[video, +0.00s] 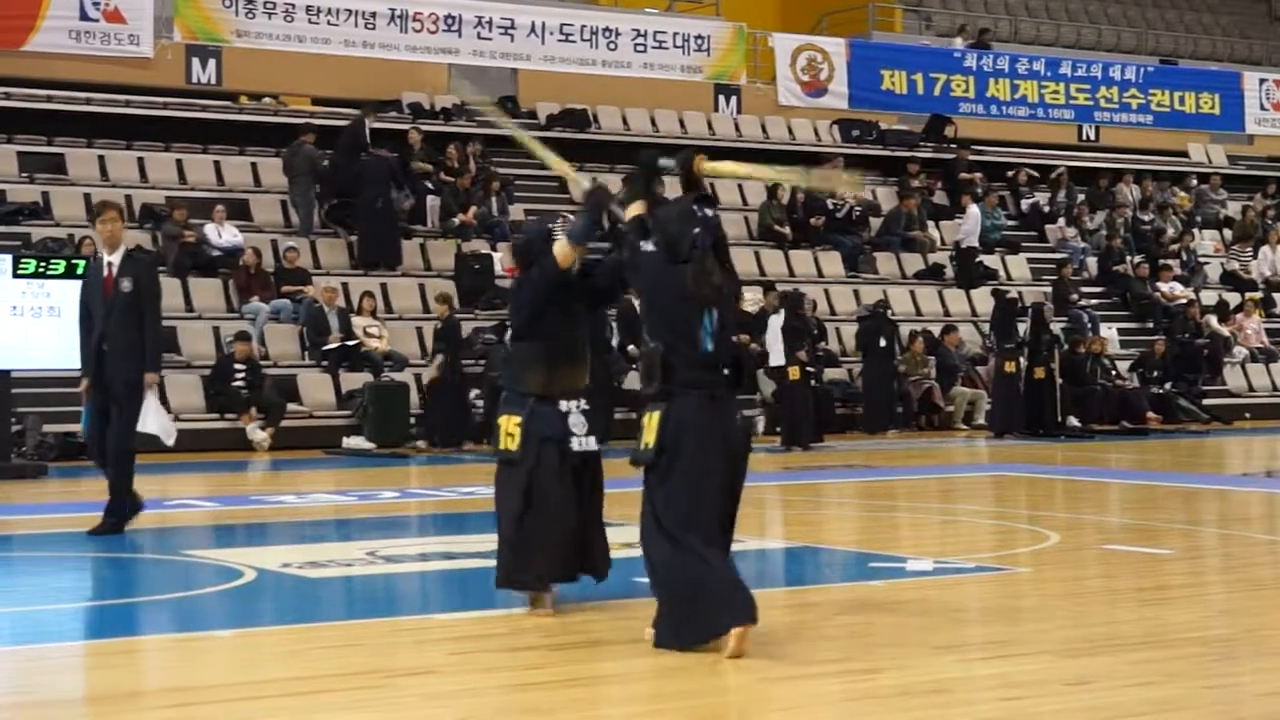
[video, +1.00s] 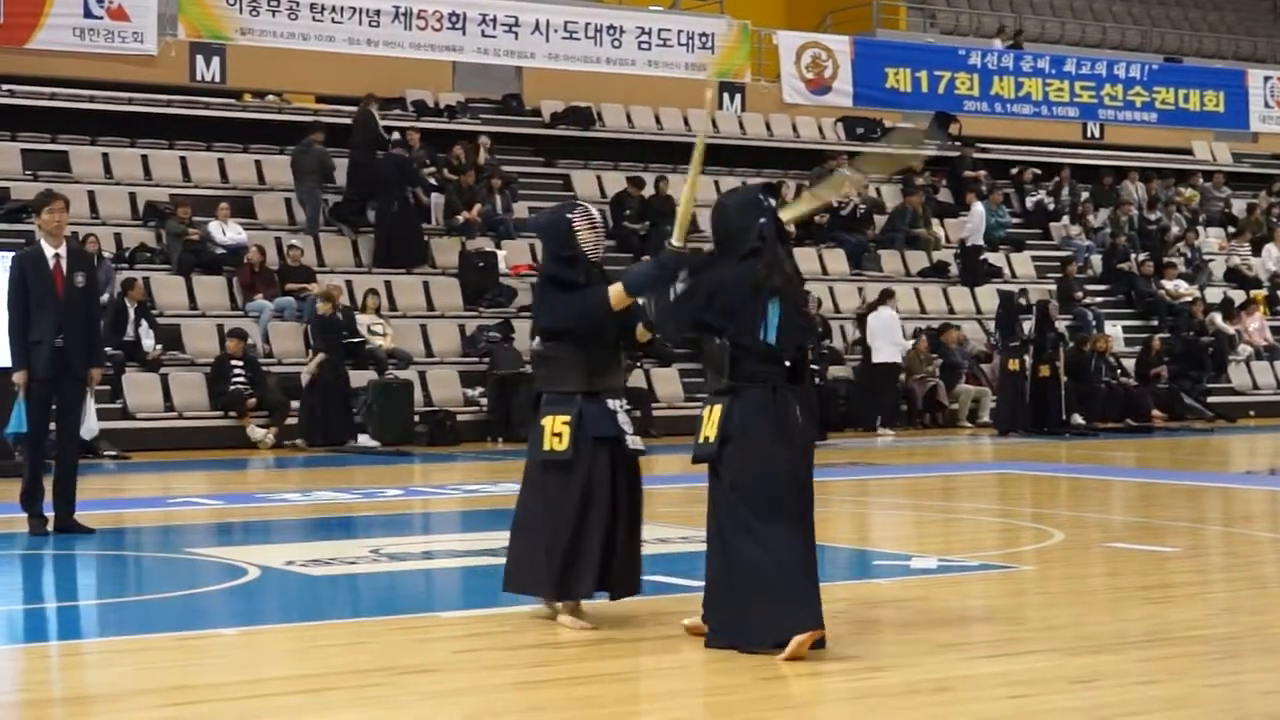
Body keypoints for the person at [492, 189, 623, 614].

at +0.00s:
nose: (568, 250)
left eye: (568, 245)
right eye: (559, 245)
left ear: (531, 253)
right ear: (542, 254)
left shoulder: (580, 286)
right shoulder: (530, 289)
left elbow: (622, 270)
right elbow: (564, 252)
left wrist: (633, 220)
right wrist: (590, 215)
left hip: (570, 404)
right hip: (532, 406)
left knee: (561, 495)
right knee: (536, 496)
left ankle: (543, 585)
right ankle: (537, 588)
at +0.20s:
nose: (571, 254)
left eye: (573, 248)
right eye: (562, 249)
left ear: (577, 258)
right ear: (541, 257)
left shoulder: (581, 296)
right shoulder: (530, 294)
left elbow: (614, 266)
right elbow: (542, 253)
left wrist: (620, 230)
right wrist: (566, 212)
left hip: (574, 417)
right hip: (536, 415)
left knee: (572, 501)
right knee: (544, 499)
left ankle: (556, 593)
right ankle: (536, 594)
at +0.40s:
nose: (568, 239)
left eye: (573, 231)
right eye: (559, 231)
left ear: (578, 239)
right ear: (541, 237)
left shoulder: (581, 280)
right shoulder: (525, 277)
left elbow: (612, 256)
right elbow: (535, 236)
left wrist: (617, 222)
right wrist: (561, 192)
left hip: (574, 400)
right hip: (531, 399)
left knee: (567, 493)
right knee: (533, 489)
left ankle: (552, 594)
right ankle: (505, 568)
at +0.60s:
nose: (563, 246)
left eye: (567, 239)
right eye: (554, 240)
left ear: (570, 244)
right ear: (532, 247)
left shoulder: (578, 284)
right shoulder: (519, 286)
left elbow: (606, 295)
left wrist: (608, 258)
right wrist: (559, 227)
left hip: (570, 399)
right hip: (526, 398)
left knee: (565, 495)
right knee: (522, 491)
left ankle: (553, 594)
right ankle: (496, 573)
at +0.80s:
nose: (575, 244)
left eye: (574, 237)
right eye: (568, 239)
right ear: (548, 246)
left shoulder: (578, 289)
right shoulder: (522, 299)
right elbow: (554, 320)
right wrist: (601, 281)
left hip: (580, 407)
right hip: (546, 409)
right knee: (565, 503)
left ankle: (510, 580)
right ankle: (569, 601)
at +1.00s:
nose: (599, 238)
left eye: (597, 231)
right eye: (590, 231)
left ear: (579, 239)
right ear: (570, 240)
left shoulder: (595, 284)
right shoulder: (555, 291)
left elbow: (626, 333)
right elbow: (601, 304)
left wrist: (648, 328)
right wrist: (655, 269)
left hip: (597, 400)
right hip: (569, 404)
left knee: (582, 495)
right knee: (574, 497)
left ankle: (558, 590)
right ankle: (564, 598)